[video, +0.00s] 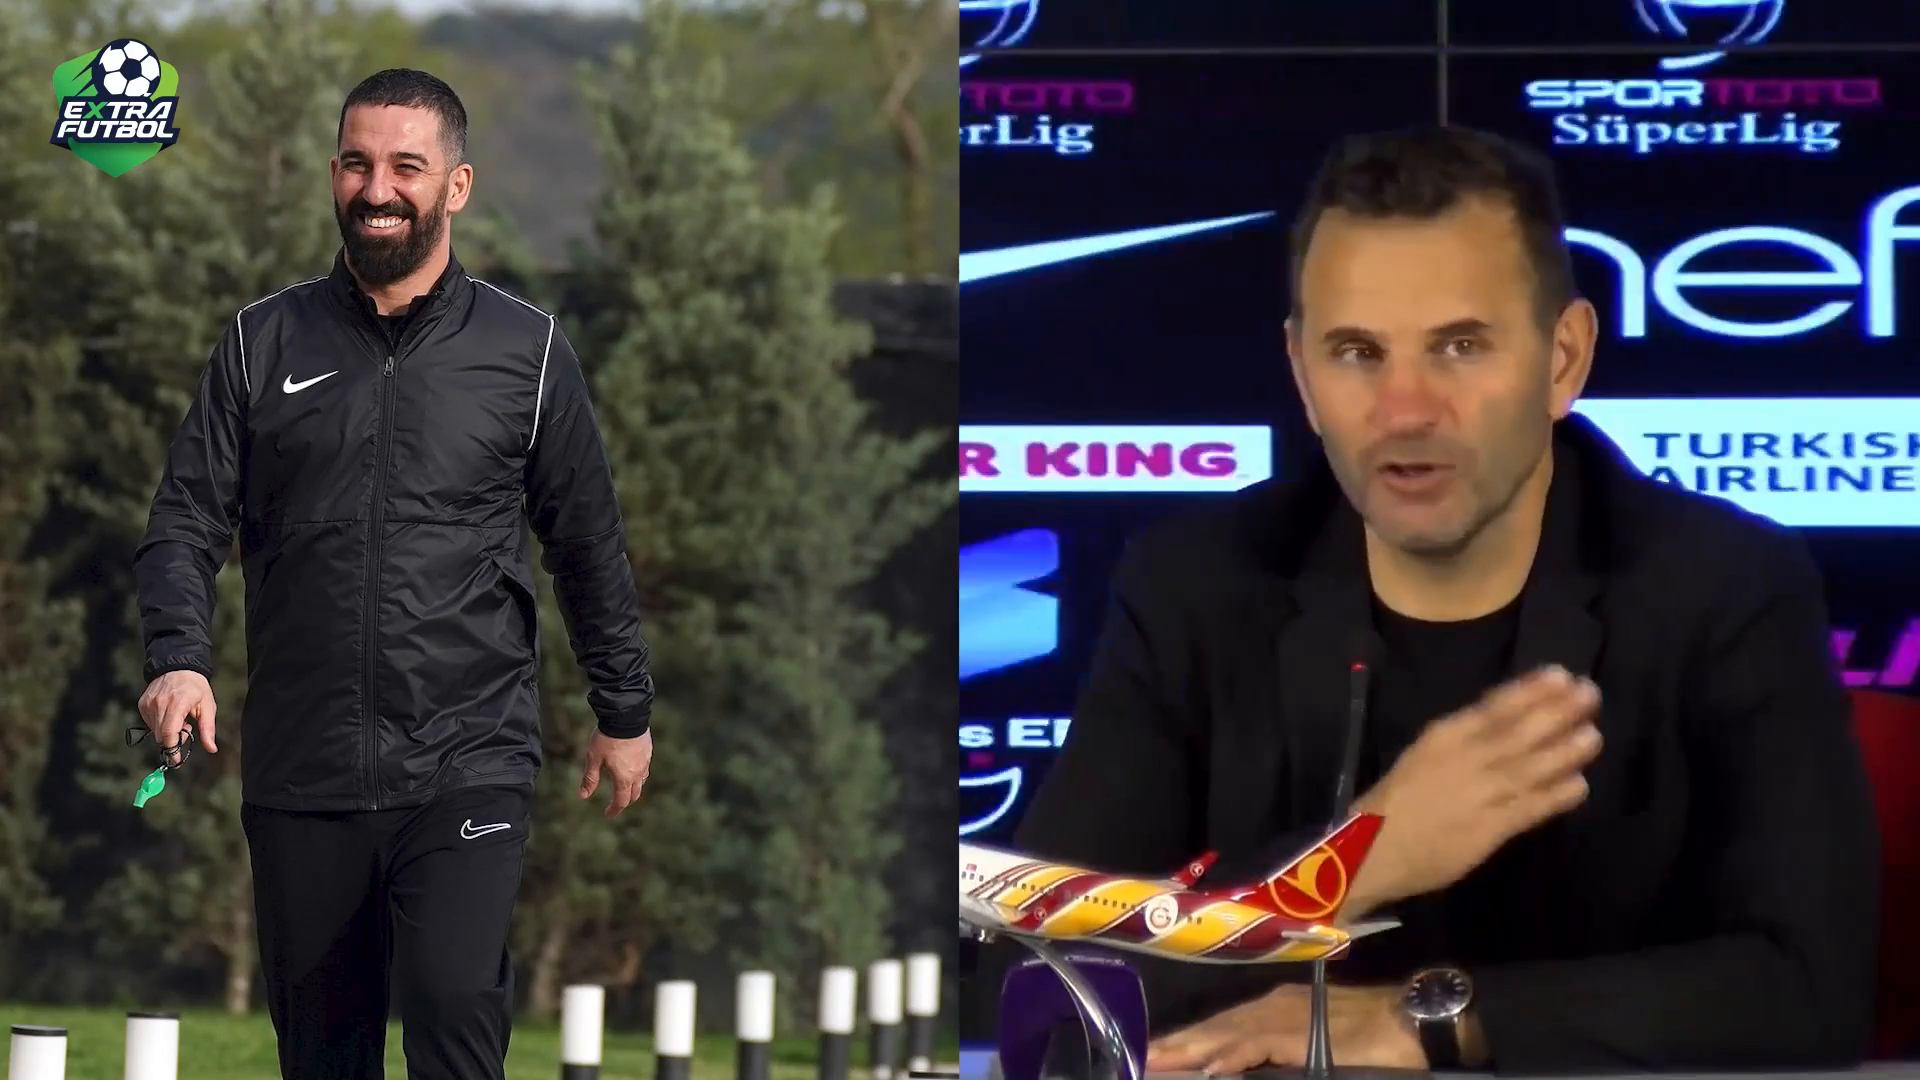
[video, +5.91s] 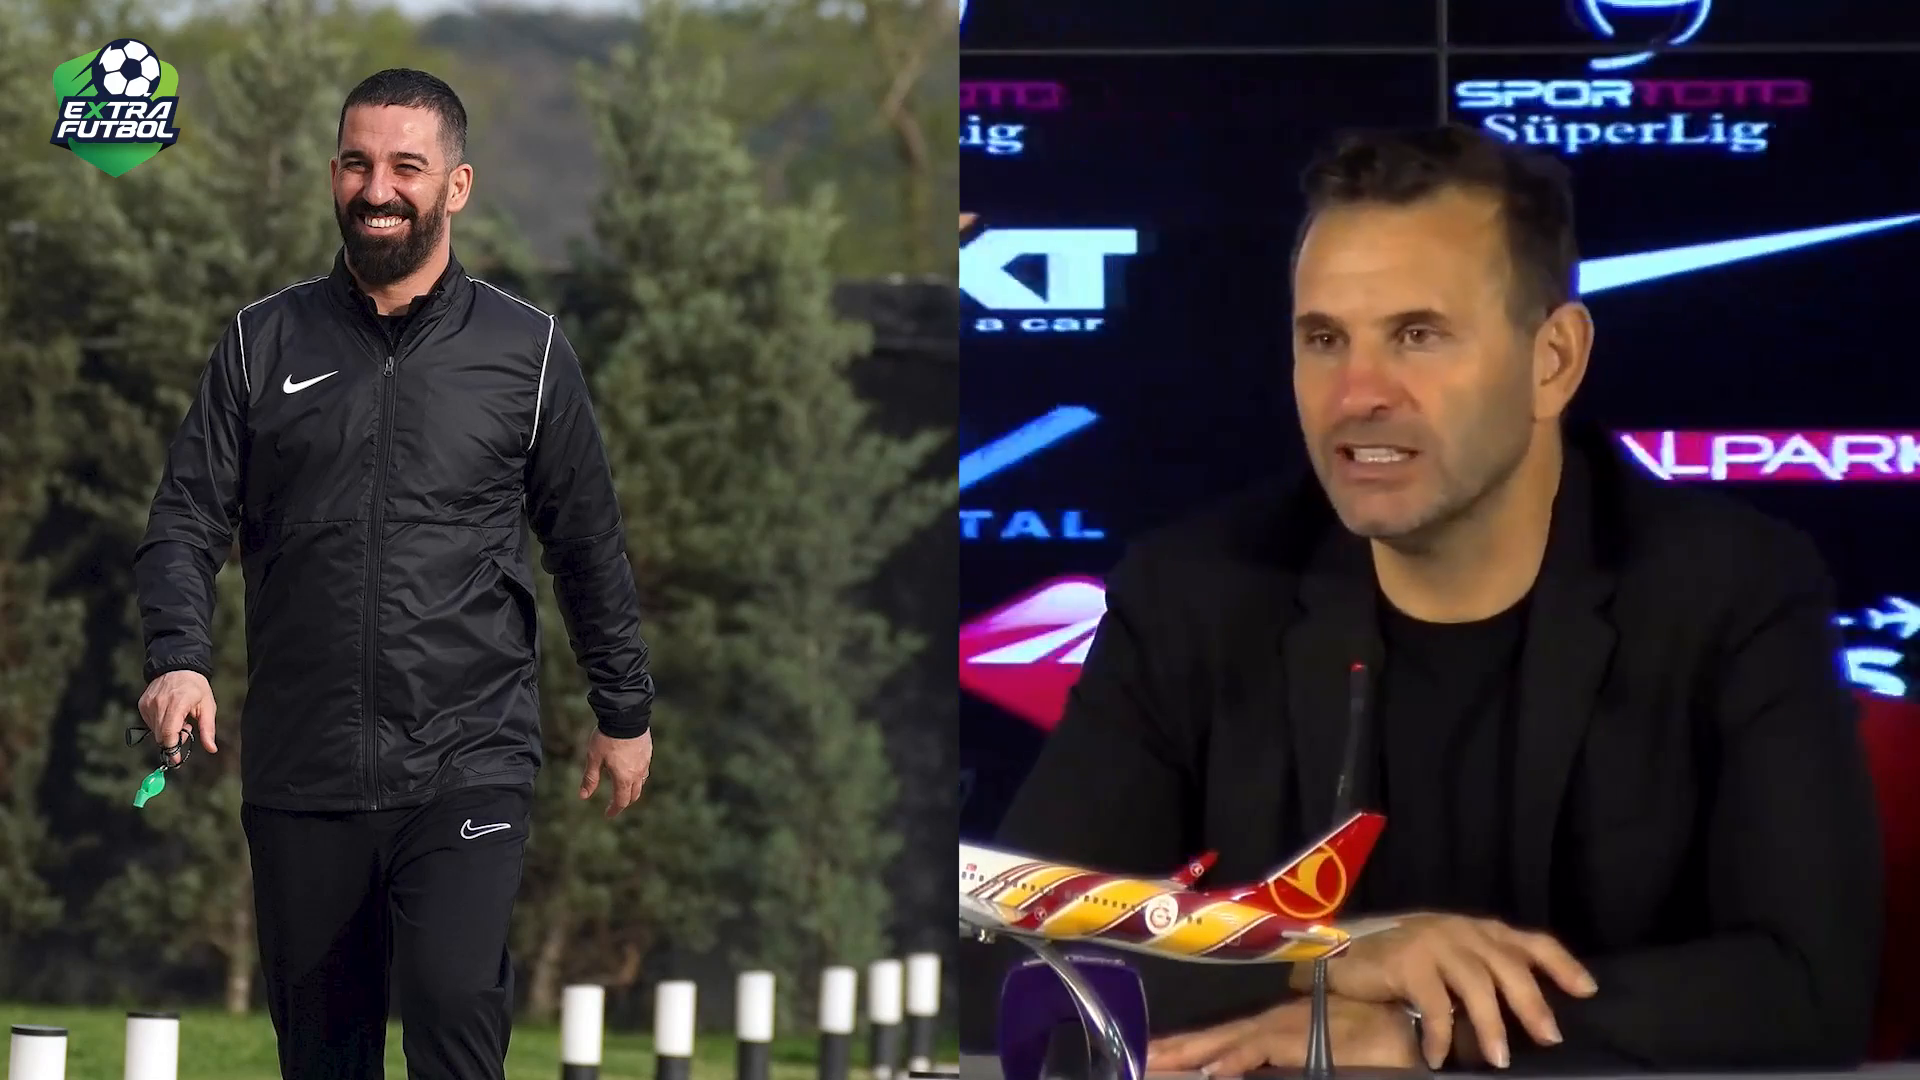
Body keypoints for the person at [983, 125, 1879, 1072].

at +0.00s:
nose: (1404, 405)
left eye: (1461, 345)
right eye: (1358, 351)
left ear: (1566, 355)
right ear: (1300, 367)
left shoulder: (1729, 593)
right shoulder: (1193, 588)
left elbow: (1810, 993)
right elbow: (1049, 981)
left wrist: (1432, 1020)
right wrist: (1357, 858)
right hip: (1252, 1077)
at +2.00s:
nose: (1368, 392)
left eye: (1430, 334)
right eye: (1332, 338)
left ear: (1557, 358)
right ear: (1294, 356)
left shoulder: (1722, 592)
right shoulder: (1192, 592)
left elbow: (1809, 990)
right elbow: (1026, 956)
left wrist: (1418, 1030)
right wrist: (1329, 955)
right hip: (1248, 1072)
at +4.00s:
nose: (1324, 404)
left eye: (1388, 346)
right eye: (1301, 347)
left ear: (1538, 366)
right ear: (1276, 352)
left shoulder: (1731, 597)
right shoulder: (1196, 595)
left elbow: (1807, 995)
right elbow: (1022, 956)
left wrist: (1422, 1039)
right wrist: (1321, 962)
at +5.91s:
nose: (1356, 393)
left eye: (1418, 336)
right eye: (1325, 339)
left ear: (1555, 360)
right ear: (1293, 355)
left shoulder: (1734, 593)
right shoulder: (1194, 591)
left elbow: (1807, 989)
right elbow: (1023, 946)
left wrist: (1428, 1035)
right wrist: (1323, 960)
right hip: (1251, 1077)